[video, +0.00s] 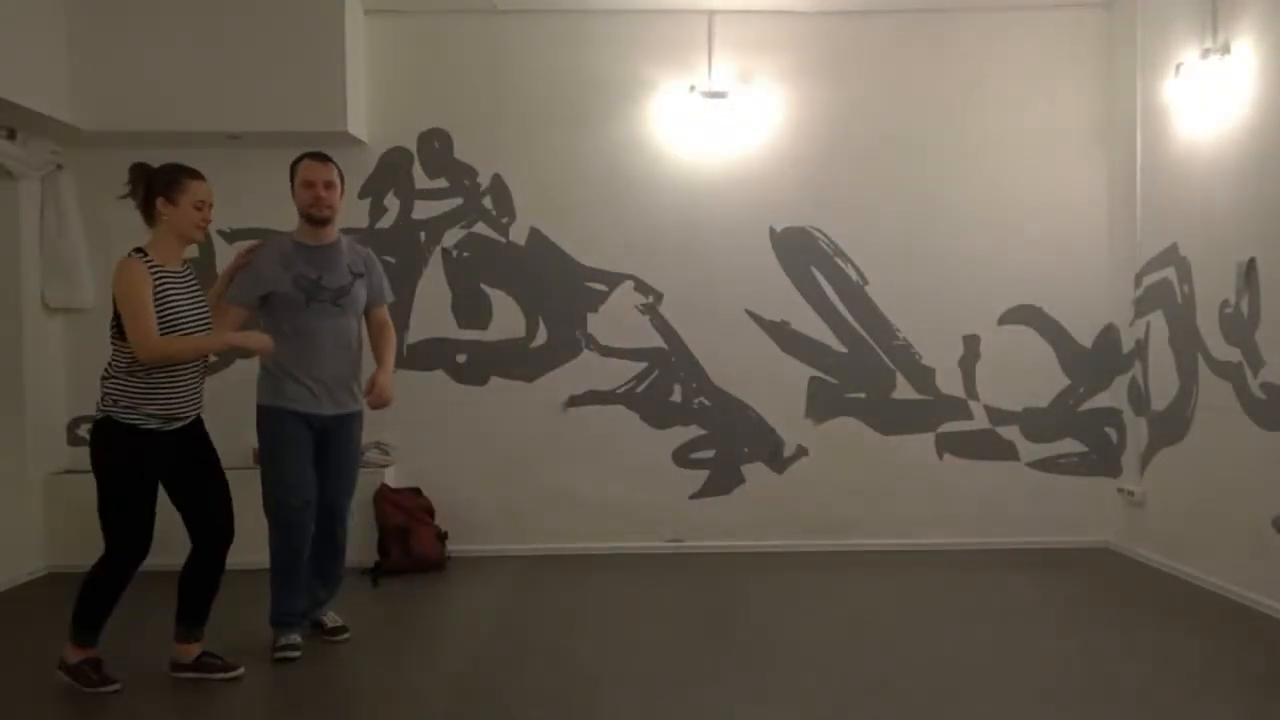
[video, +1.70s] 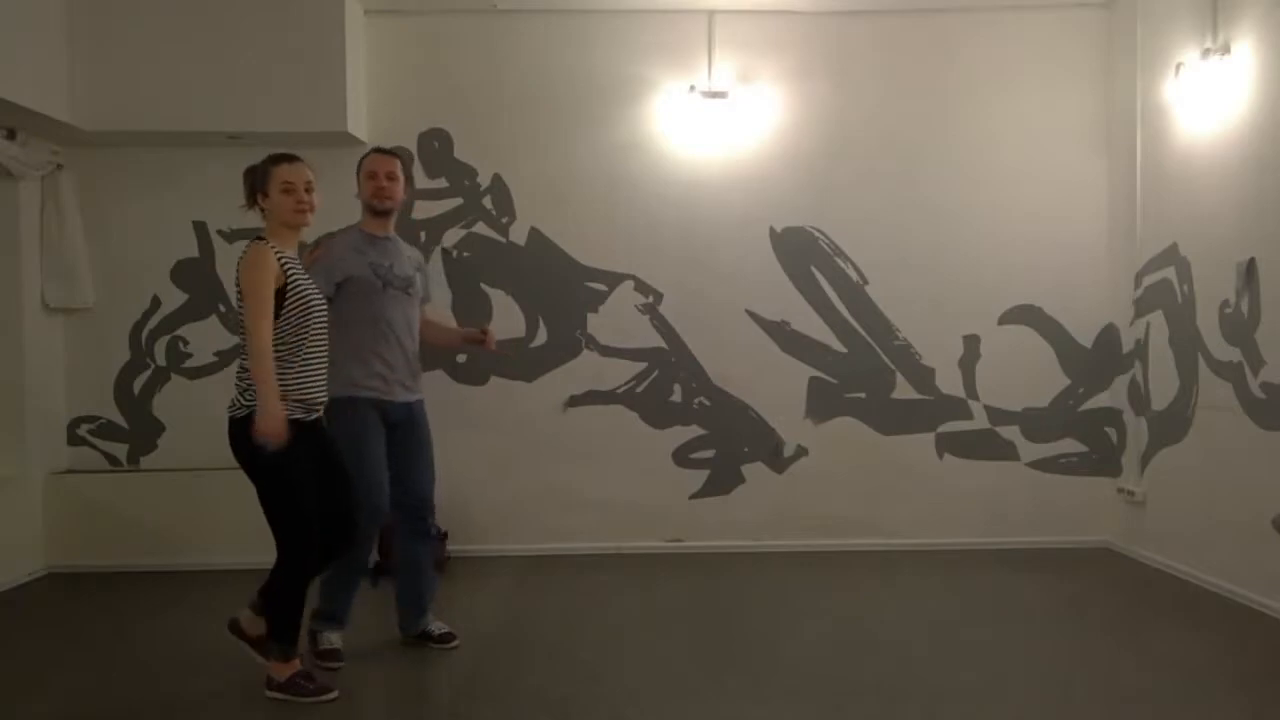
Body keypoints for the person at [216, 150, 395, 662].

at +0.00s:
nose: (319, 194)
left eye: (328, 185)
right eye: (309, 186)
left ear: (342, 194)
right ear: (293, 196)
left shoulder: (361, 259)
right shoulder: (267, 258)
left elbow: (381, 321)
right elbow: (225, 324)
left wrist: (385, 369)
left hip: (344, 406)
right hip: (285, 405)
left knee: (333, 511)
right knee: (292, 512)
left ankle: (318, 606)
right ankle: (287, 623)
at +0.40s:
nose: (353, 190)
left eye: (362, 183)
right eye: (344, 182)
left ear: (374, 193)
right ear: (327, 191)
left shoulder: (382, 262)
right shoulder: (294, 251)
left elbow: (385, 329)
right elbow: (239, 312)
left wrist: (405, 381)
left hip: (366, 401)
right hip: (308, 402)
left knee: (393, 497)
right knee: (309, 511)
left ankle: (391, 607)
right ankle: (295, 625)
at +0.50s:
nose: (369, 192)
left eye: (378, 185)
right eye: (359, 184)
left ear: (389, 195)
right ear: (343, 192)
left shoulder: (394, 265)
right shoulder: (312, 252)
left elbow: (393, 334)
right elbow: (254, 307)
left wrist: (416, 385)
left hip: (381, 403)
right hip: (324, 404)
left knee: (401, 506)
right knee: (320, 515)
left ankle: (416, 615)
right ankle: (297, 625)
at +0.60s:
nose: (384, 195)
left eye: (393, 188)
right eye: (375, 187)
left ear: (405, 198)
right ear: (359, 193)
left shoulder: (408, 266)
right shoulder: (330, 252)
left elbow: (405, 338)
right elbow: (273, 310)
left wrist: (431, 385)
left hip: (399, 406)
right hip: (344, 407)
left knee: (417, 509)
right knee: (341, 517)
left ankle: (418, 618)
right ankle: (303, 623)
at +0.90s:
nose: (411, 194)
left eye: (420, 187)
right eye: (401, 186)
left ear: (430, 196)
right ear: (383, 193)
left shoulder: (430, 262)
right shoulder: (359, 251)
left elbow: (439, 331)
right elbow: (306, 304)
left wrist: (480, 356)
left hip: (424, 395)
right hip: (371, 394)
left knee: (434, 503)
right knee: (401, 497)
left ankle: (418, 617)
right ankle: (367, 611)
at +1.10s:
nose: (416, 188)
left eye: (424, 181)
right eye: (407, 179)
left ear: (435, 192)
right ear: (389, 188)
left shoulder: (439, 259)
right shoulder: (367, 246)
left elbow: (447, 328)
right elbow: (319, 301)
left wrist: (492, 340)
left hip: (431, 399)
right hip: (380, 397)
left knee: (433, 508)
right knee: (403, 507)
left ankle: (424, 615)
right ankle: (418, 627)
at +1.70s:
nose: (383, 185)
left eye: (391, 178)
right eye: (374, 178)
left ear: (405, 190)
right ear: (359, 187)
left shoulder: (414, 259)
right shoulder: (334, 250)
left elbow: (419, 323)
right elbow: (297, 316)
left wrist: (468, 337)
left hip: (406, 398)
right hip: (351, 398)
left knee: (416, 510)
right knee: (367, 509)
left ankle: (417, 619)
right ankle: (329, 623)